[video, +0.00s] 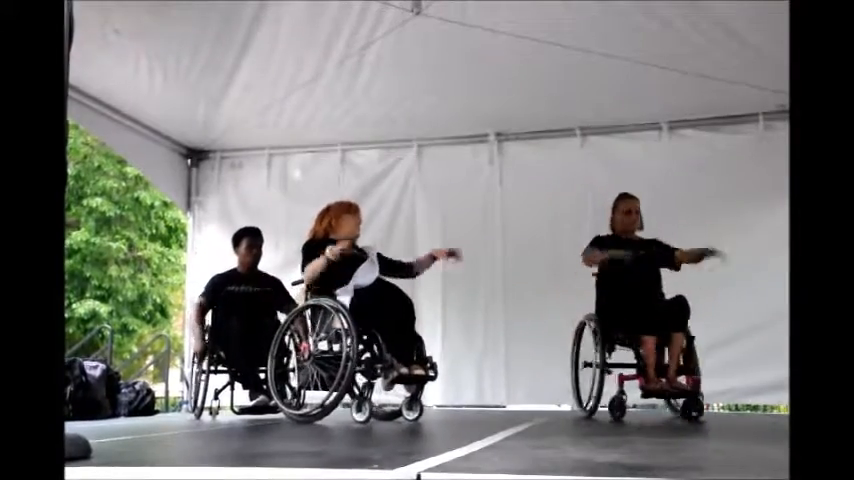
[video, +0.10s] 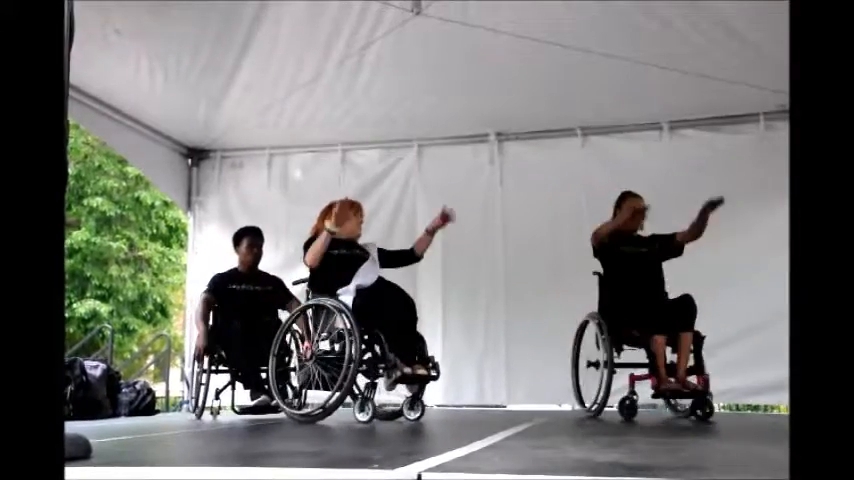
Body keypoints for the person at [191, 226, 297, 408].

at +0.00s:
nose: (256, 252)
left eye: (259, 247)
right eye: (251, 247)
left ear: (262, 249)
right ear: (237, 250)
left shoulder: (271, 284)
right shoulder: (221, 282)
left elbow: (295, 313)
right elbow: (200, 309)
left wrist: (303, 340)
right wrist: (198, 341)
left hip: (262, 340)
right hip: (230, 341)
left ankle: (278, 392)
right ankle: (256, 393)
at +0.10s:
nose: (257, 251)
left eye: (259, 246)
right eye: (251, 246)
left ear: (263, 249)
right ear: (237, 249)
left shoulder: (272, 283)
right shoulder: (221, 281)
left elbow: (296, 307)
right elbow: (204, 306)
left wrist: (307, 337)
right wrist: (202, 334)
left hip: (264, 339)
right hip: (233, 339)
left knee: (276, 329)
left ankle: (280, 392)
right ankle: (258, 393)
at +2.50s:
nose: (248, 261)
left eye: (252, 256)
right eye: (243, 255)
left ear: (255, 255)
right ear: (231, 253)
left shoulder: (262, 280)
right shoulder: (214, 280)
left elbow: (299, 274)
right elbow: (181, 283)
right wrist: (185, 254)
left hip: (255, 342)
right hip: (223, 346)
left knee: (273, 325)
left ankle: (277, 392)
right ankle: (257, 393)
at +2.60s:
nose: (247, 260)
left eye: (250, 255)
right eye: (242, 255)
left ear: (254, 255)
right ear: (230, 254)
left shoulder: (260, 281)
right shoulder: (214, 281)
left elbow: (293, 281)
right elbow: (185, 290)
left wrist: (310, 262)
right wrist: (196, 269)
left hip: (255, 341)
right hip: (224, 344)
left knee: (272, 327)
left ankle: (276, 393)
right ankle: (255, 392)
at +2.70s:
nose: (245, 261)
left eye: (248, 256)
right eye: (240, 256)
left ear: (252, 256)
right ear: (228, 255)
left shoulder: (258, 284)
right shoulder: (213, 283)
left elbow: (291, 298)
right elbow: (185, 302)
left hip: (253, 342)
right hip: (222, 344)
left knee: (268, 327)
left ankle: (274, 392)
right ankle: (255, 393)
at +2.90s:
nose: (246, 264)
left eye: (250, 259)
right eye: (242, 259)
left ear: (253, 259)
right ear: (230, 258)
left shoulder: (259, 289)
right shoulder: (212, 286)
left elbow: (284, 317)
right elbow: (187, 310)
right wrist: (195, 331)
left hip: (250, 345)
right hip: (216, 346)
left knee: (270, 332)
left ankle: (274, 393)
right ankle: (256, 393)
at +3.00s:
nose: (248, 266)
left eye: (252, 261)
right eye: (244, 261)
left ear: (255, 262)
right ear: (232, 259)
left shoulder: (259, 291)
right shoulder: (214, 287)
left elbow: (282, 319)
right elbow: (186, 310)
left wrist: (289, 344)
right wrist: (193, 332)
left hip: (249, 346)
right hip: (216, 348)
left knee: (273, 331)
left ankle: (272, 394)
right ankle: (256, 395)